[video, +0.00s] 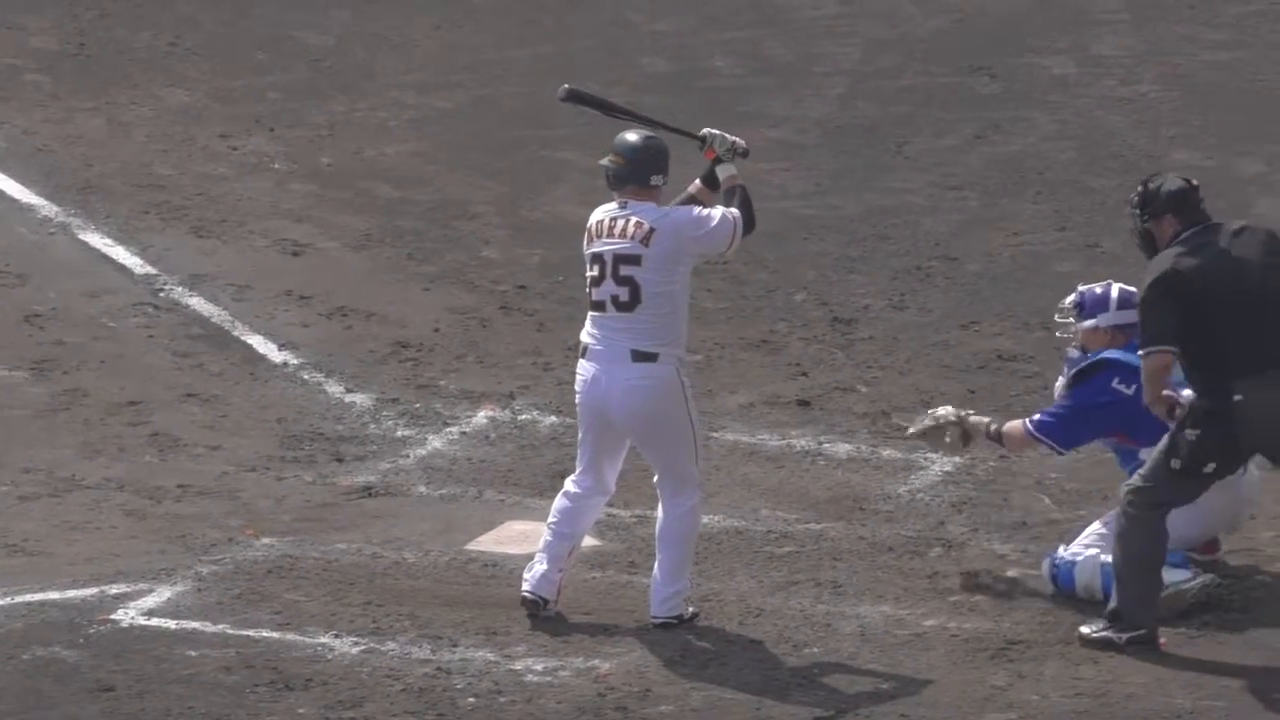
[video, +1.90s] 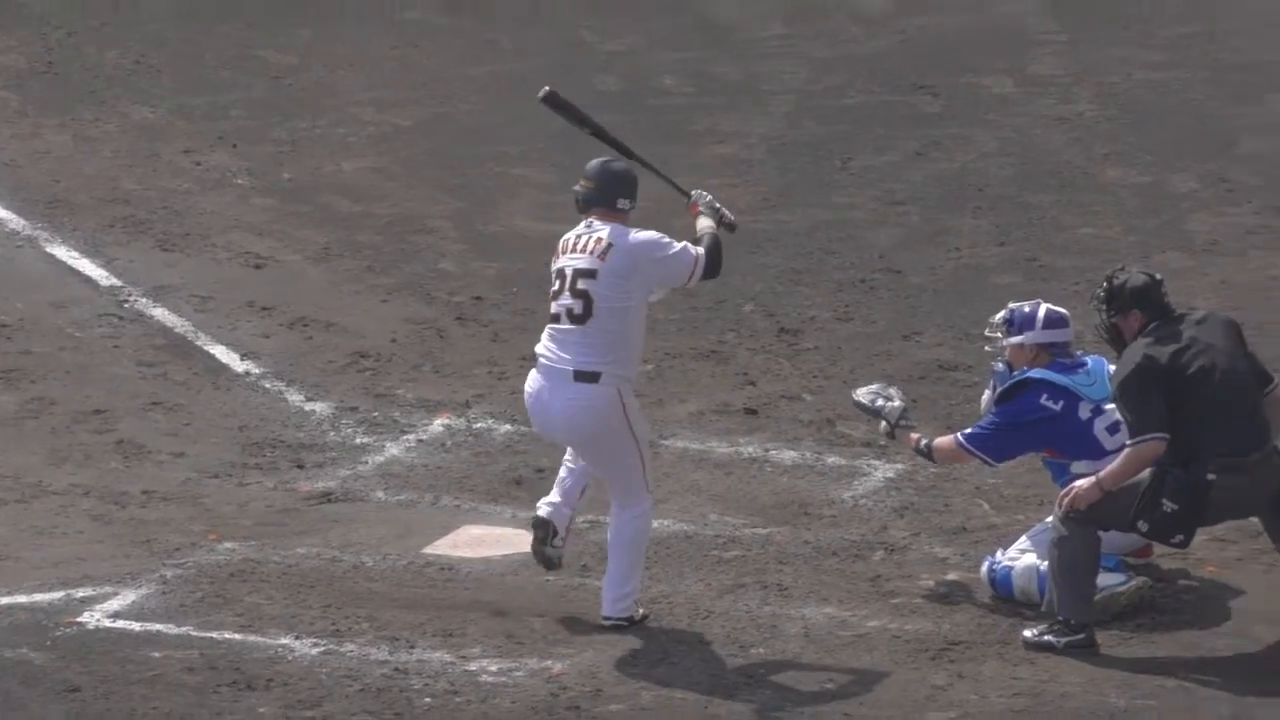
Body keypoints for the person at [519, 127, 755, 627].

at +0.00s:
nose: (607, 176)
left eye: (611, 171)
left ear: (615, 175)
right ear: (662, 177)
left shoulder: (598, 221)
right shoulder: (677, 224)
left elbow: (676, 212)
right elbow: (742, 221)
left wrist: (713, 167)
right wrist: (730, 172)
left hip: (591, 373)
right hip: (652, 380)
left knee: (588, 480)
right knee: (679, 488)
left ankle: (539, 583)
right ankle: (668, 604)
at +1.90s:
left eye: (582, 197)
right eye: (630, 199)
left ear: (584, 199)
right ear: (627, 202)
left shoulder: (567, 242)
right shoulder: (638, 245)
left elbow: (641, 278)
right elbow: (708, 263)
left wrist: (710, 232)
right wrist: (705, 219)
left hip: (539, 392)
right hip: (599, 402)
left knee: (592, 435)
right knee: (632, 501)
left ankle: (554, 515)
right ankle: (619, 608)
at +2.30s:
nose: (594, 215)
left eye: (548, 201)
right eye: (593, 207)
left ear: (551, 205)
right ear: (591, 208)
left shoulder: (537, 243)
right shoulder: (598, 246)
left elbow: (607, 293)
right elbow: (668, 272)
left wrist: (666, 261)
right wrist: (672, 237)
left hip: (499, 381)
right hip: (548, 394)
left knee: (587, 404)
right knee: (598, 484)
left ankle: (532, 499)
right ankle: (601, 587)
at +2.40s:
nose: (538, 210)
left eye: (541, 204)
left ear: (545, 208)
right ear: (582, 212)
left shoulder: (530, 245)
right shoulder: (588, 247)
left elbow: (604, 295)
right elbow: (656, 268)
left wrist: (667, 263)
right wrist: (662, 239)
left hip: (490, 378)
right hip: (539, 389)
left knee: (534, 429)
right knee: (594, 479)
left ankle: (480, 506)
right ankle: (603, 581)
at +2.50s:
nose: (529, 218)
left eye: (531, 212)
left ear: (535, 215)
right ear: (570, 218)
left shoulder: (522, 250)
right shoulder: (573, 251)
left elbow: (593, 293)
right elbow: (638, 265)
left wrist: (651, 261)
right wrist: (647, 239)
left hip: (481, 376)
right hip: (528, 387)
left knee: (480, 448)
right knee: (587, 473)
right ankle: (603, 571)